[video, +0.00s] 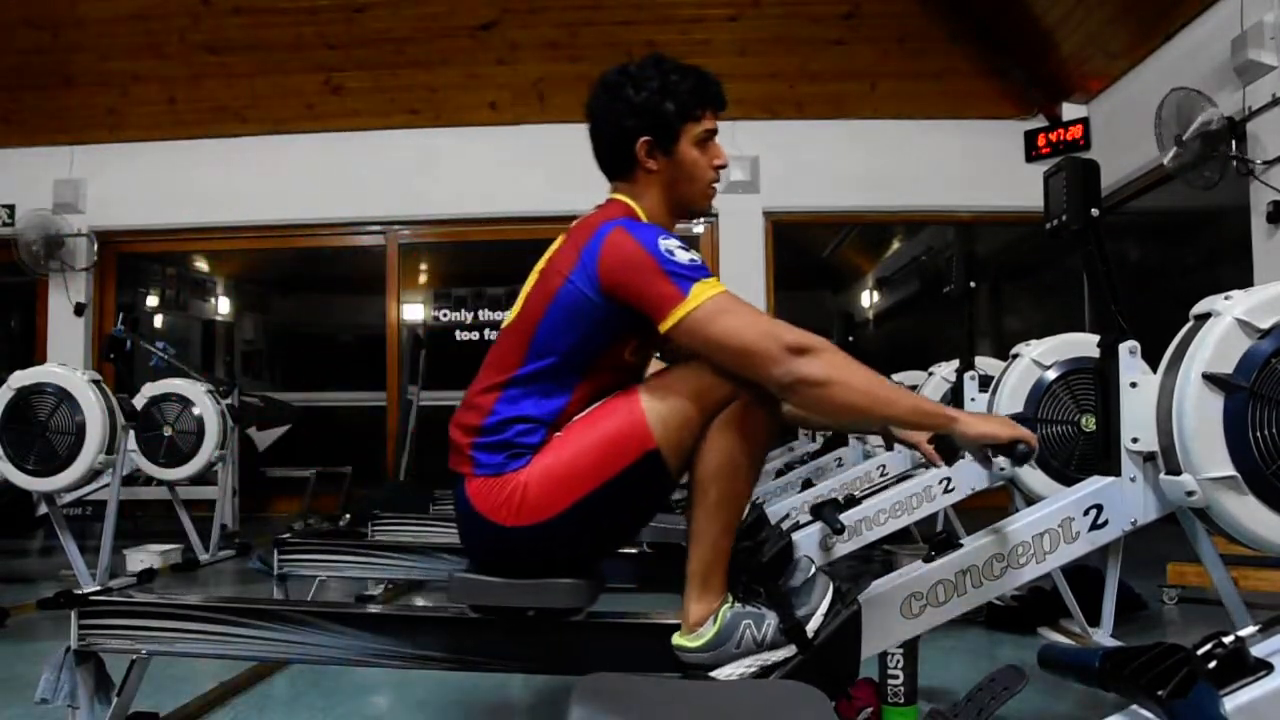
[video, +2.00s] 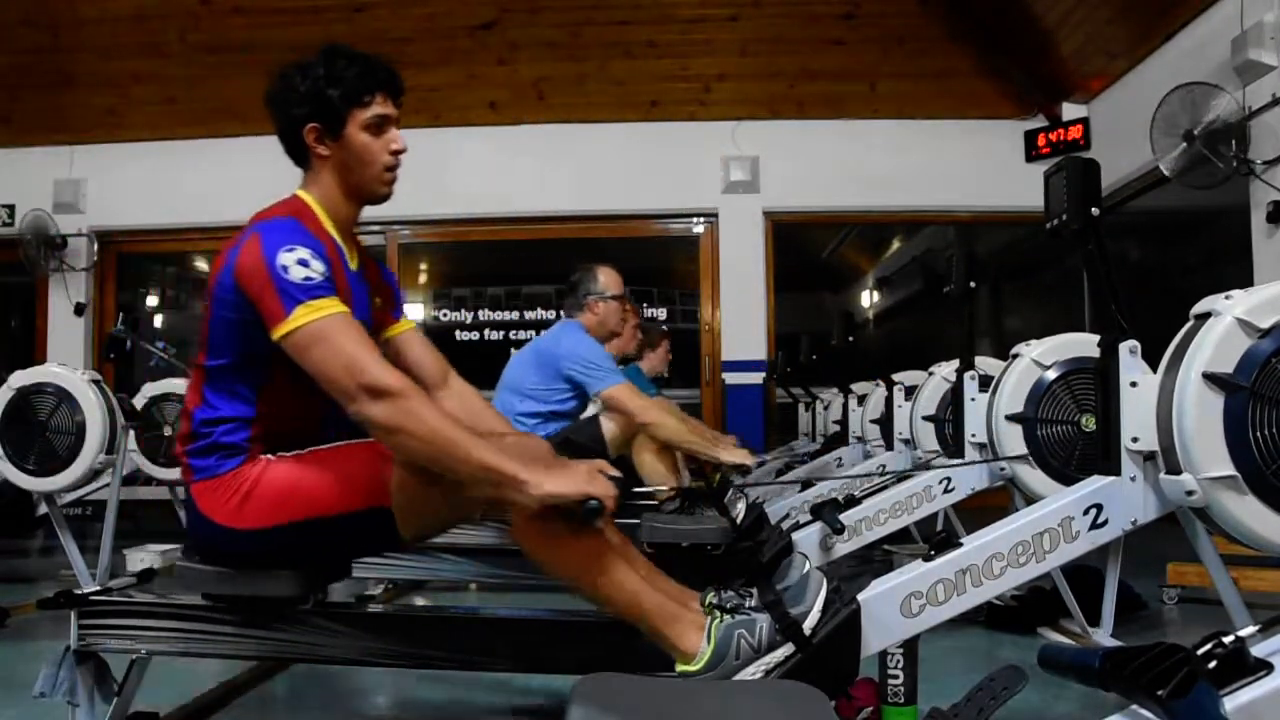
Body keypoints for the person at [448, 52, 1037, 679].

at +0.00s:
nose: (722, 158)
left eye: (718, 140)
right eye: (706, 142)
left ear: (653, 155)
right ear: (649, 154)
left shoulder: (644, 242)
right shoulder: (624, 245)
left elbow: (780, 356)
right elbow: (790, 362)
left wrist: (895, 419)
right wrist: (948, 419)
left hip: (536, 490)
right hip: (511, 505)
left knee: (749, 375)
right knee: (738, 378)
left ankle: (706, 595)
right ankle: (704, 622)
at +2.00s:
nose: (398, 145)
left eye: (397, 128)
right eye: (377, 129)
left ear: (379, 140)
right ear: (319, 139)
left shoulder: (357, 258)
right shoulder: (280, 243)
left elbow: (440, 381)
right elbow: (373, 394)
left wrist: (550, 467)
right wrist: (531, 475)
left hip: (303, 476)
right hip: (241, 490)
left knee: (514, 455)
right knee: (494, 473)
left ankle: (699, 618)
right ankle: (696, 644)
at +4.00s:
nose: (128, 168)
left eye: (127, 153)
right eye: (105, 155)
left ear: (110, 171)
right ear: (46, 177)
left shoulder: (129, 282)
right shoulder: (35, 281)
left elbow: (157, 406)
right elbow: (3, 442)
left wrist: (234, 401)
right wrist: (123, 435)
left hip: (220, 468)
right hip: (173, 490)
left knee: (459, 531)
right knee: (437, 538)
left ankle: (701, 622)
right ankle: (697, 639)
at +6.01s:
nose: (707, 152)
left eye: (701, 134)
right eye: (690, 135)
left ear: (637, 153)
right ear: (633, 151)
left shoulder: (617, 240)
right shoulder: (614, 246)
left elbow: (755, 362)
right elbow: (779, 356)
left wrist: (882, 421)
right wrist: (950, 415)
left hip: (520, 492)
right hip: (504, 505)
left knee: (735, 373)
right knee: (729, 377)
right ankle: (703, 623)